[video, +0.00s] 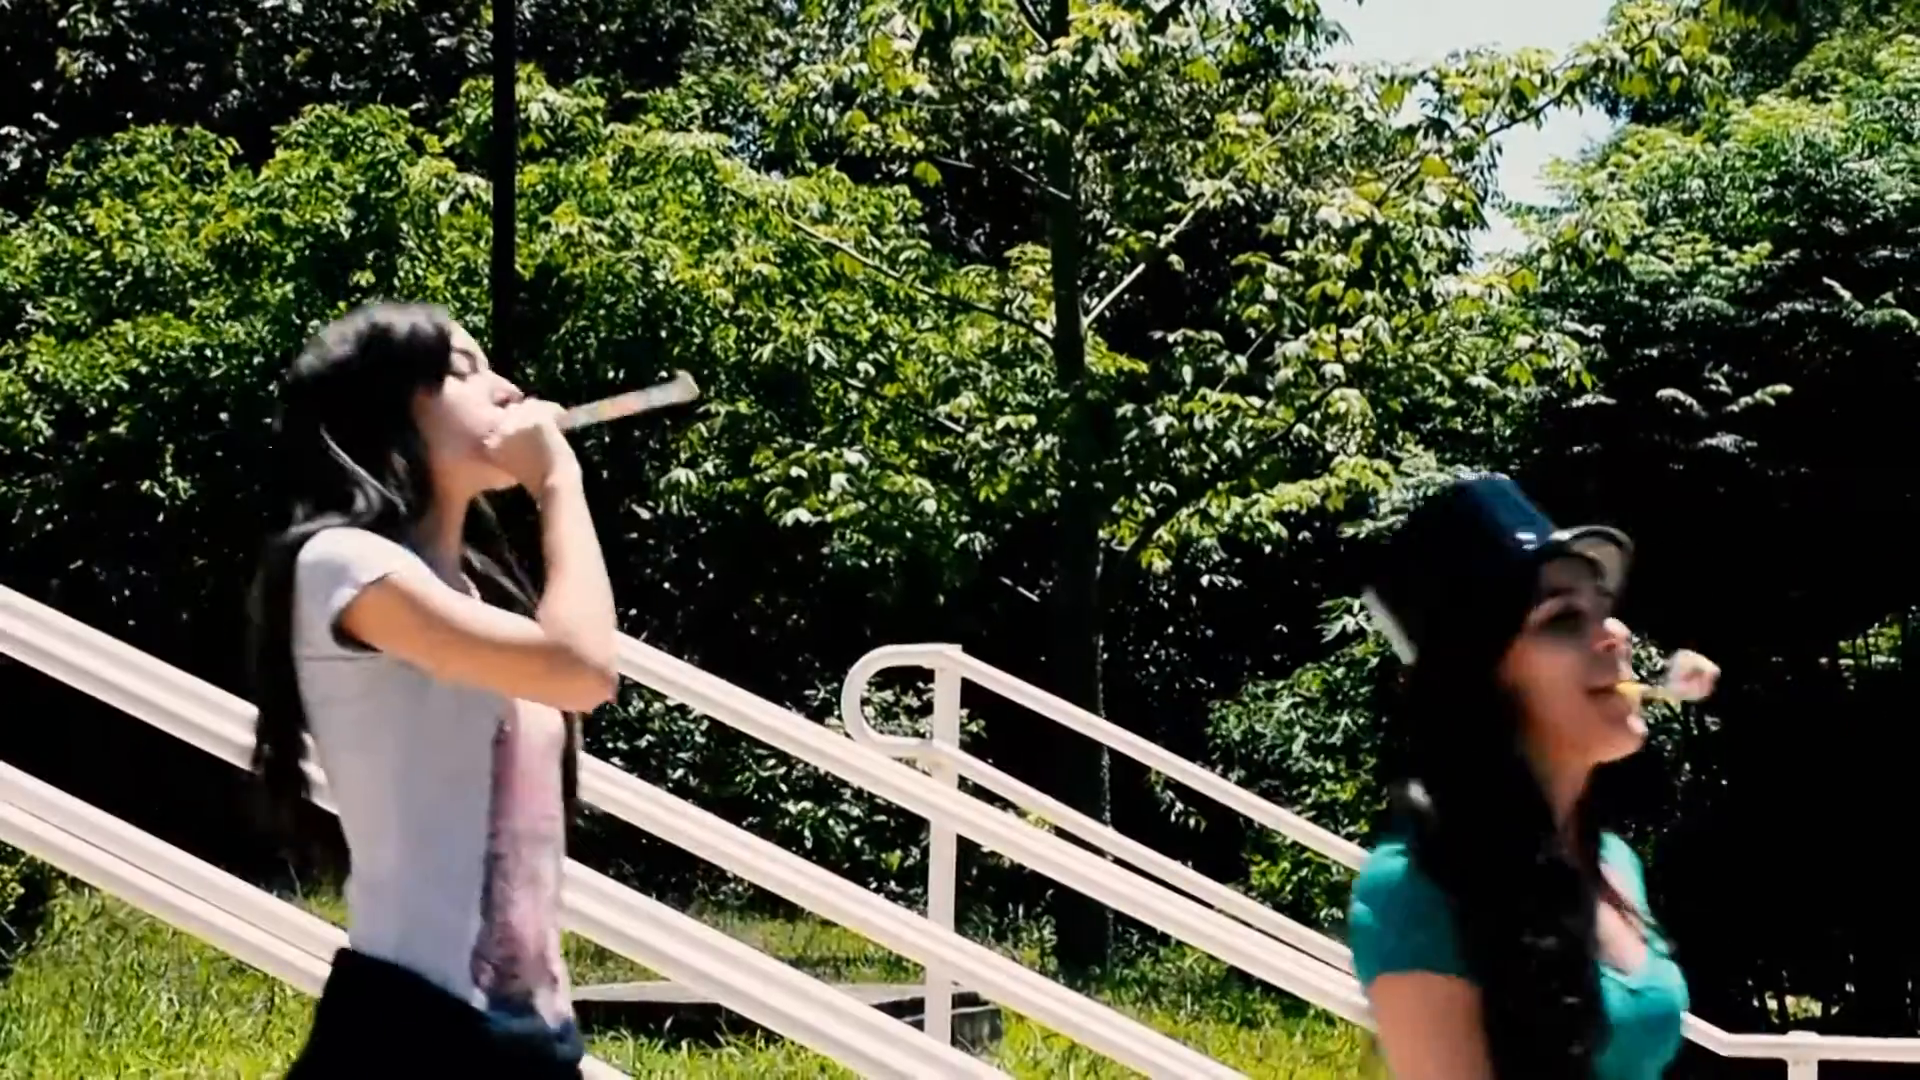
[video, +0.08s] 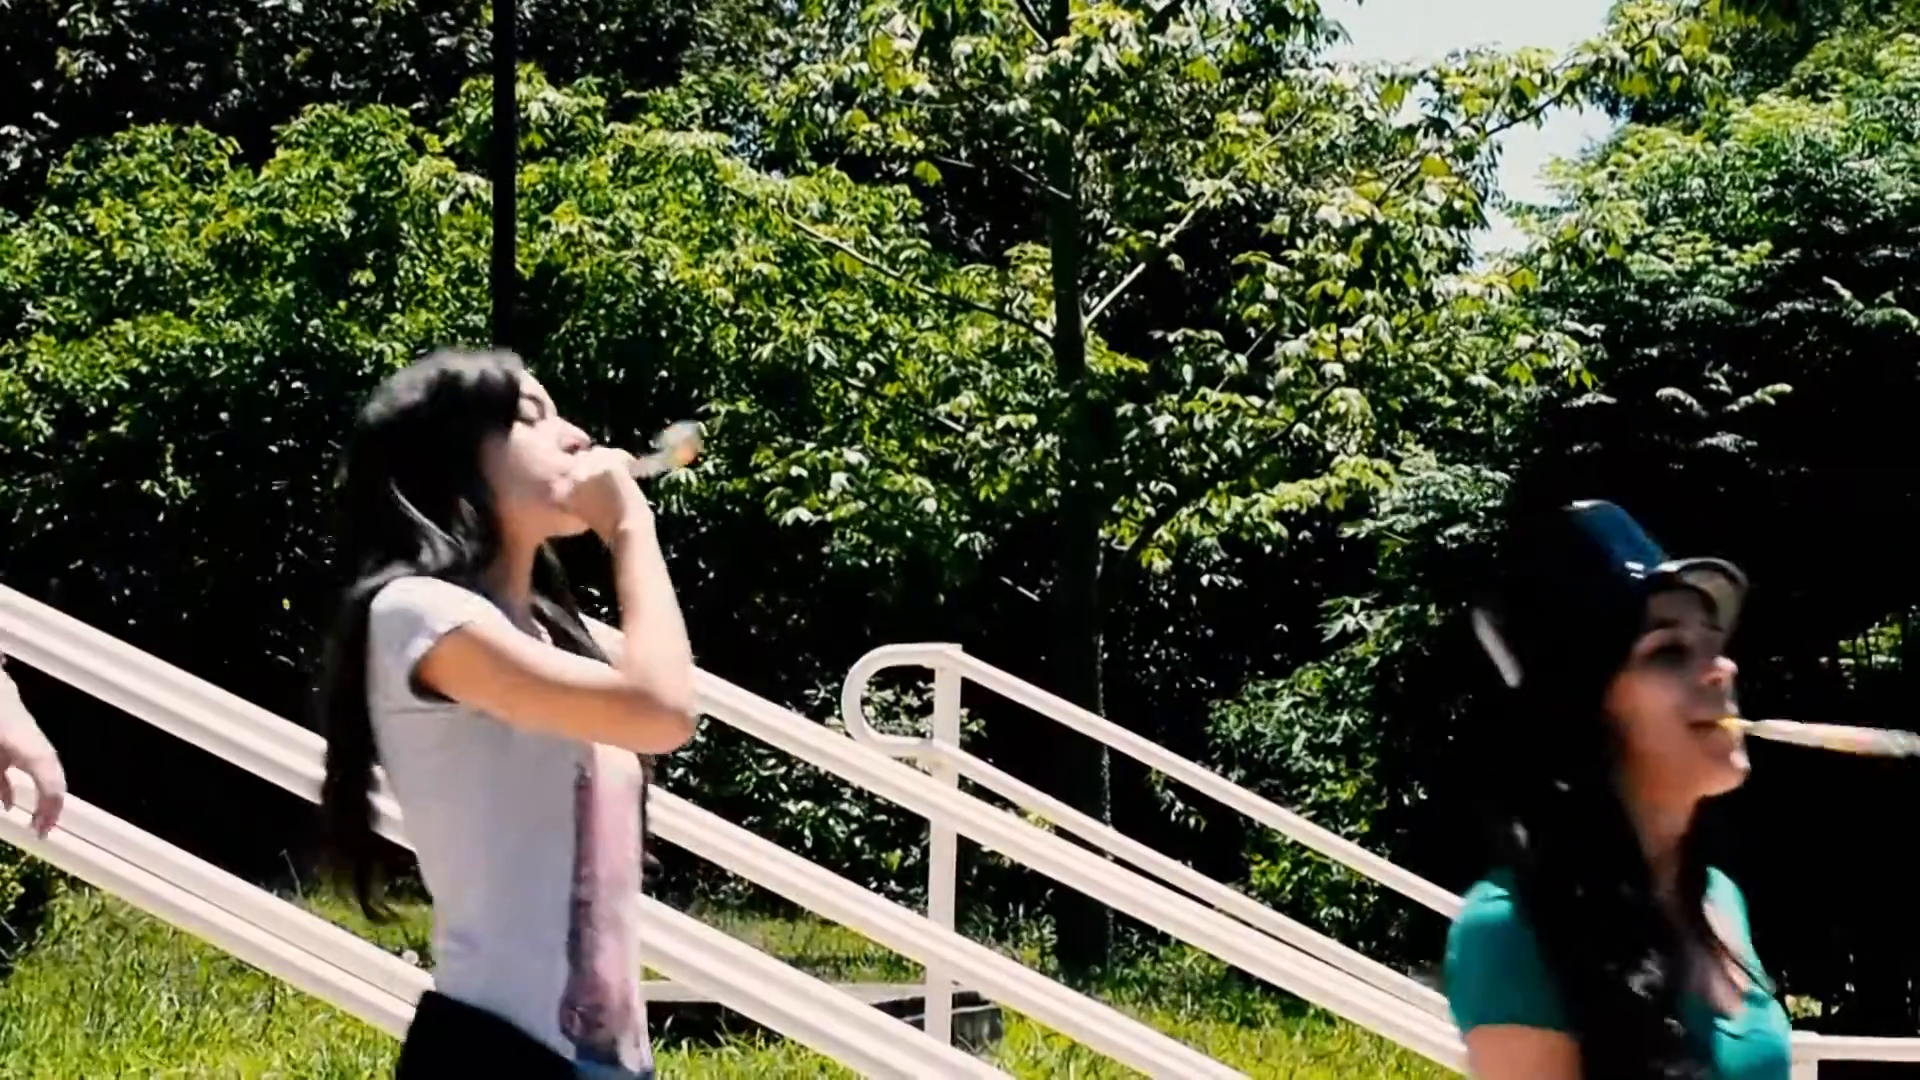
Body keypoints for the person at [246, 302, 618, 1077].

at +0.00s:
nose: (506, 387)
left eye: (491, 368)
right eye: (465, 370)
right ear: (391, 420)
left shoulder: (485, 600)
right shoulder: (341, 562)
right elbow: (581, 667)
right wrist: (558, 478)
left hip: (530, 1028)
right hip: (411, 1024)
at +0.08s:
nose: (575, 436)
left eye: (557, 414)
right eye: (532, 416)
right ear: (458, 468)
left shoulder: (564, 633)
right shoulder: (414, 611)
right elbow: (658, 711)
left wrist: (629, 525)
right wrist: (629, 519)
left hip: (609, 1048)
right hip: (499, 1044)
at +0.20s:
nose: (676, 459)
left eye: (660, 438)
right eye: (632, 441)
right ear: (558, 485)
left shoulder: (648, 657)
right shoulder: (519, 633)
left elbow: (765, 739)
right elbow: (764, 746)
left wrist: (730, 568)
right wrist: (729, 559)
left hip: (689, 1059)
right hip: (586, 1057)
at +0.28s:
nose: (741, 463)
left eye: (727, 438)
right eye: (701, 440)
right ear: (624, 477)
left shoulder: (701, 648)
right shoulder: (576, 631)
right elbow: (812, 769)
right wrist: (792, 573)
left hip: (742, 1052)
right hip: (646, 1052)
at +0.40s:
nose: (840, 493)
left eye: (830, 469)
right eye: (803, 471)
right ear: (719, 492)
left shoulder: (779, 680)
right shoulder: (653, 660)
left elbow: (813, 951)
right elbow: (863, 846)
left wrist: (892, 1062)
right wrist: (872, 630)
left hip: (829, 1058)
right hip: (732, 1063)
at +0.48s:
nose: (920, 540)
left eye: (908, 513)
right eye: (883, 514)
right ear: (795, 536)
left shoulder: (856, 736)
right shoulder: (719, 702)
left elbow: (926, 993)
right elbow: (887, 931)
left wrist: (1004, 1071)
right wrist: (939, 705)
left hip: (911, 1065)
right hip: (810, 1067)